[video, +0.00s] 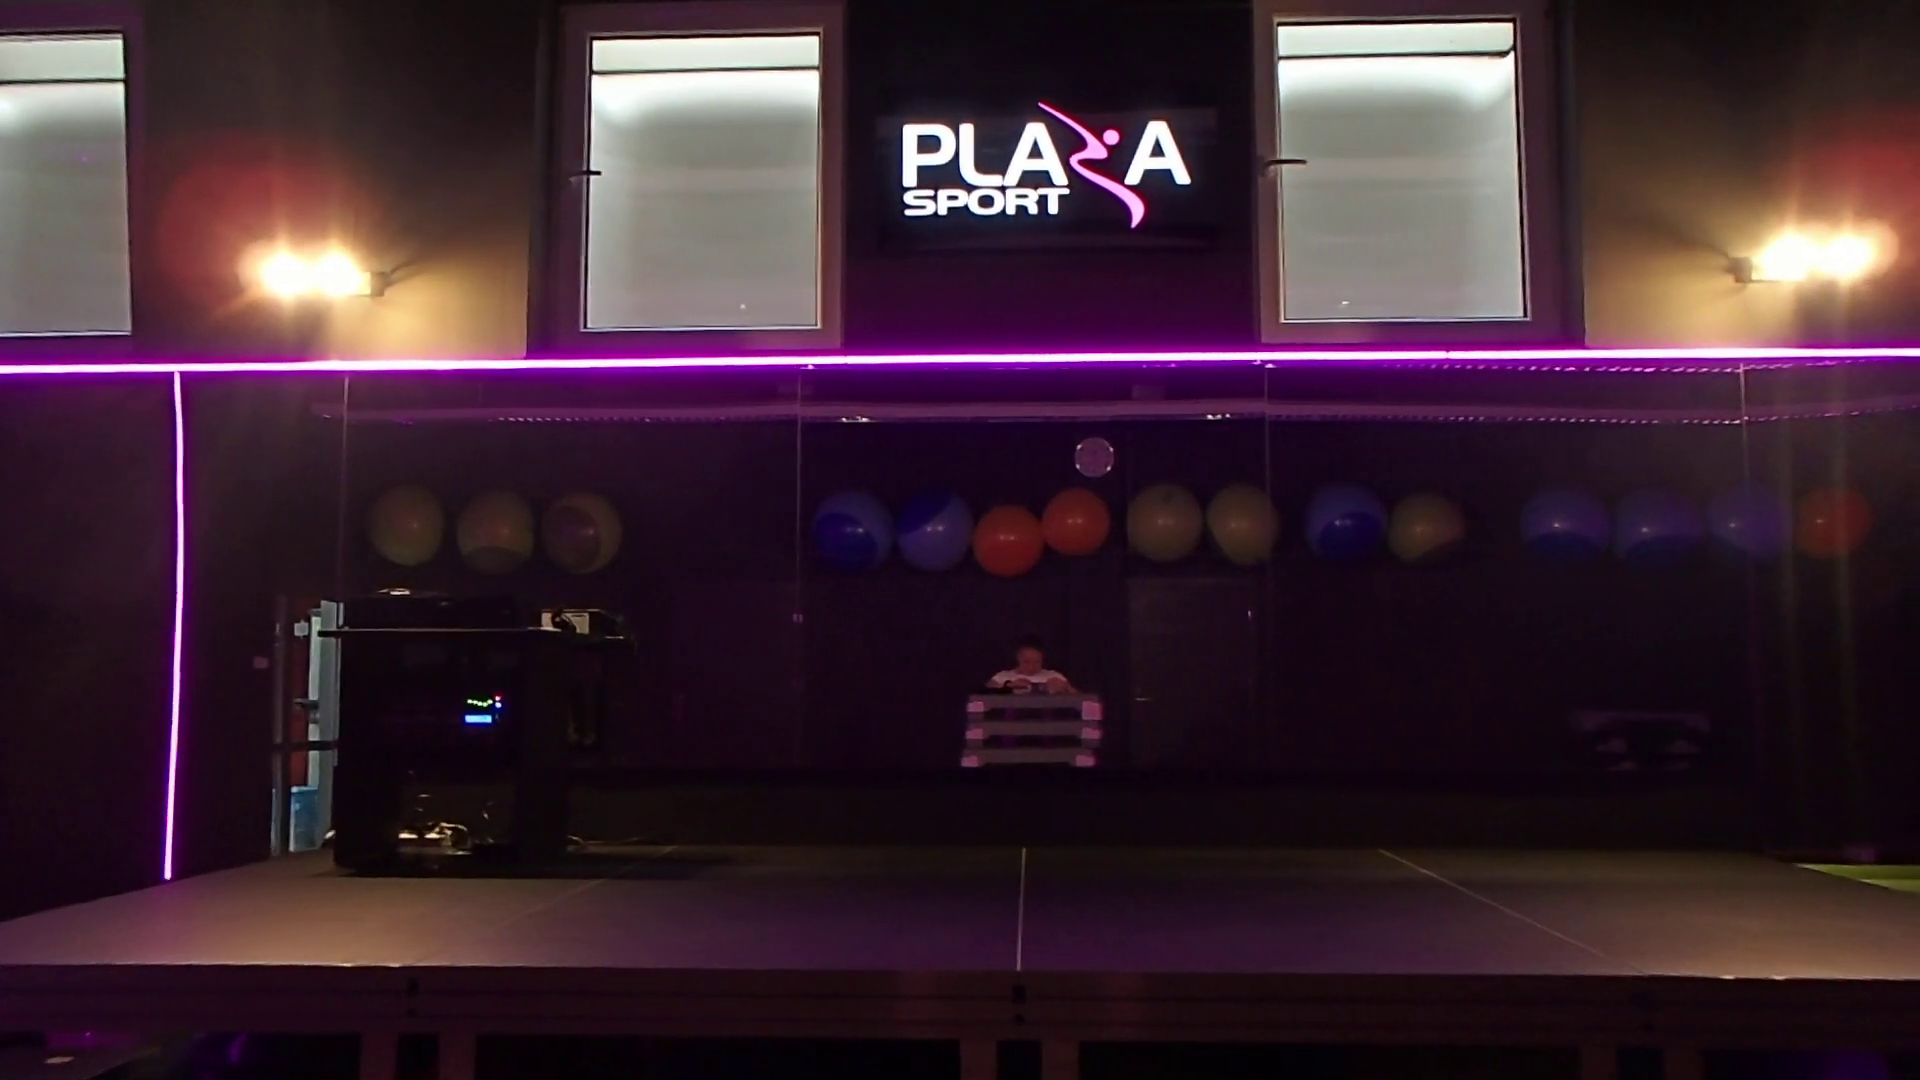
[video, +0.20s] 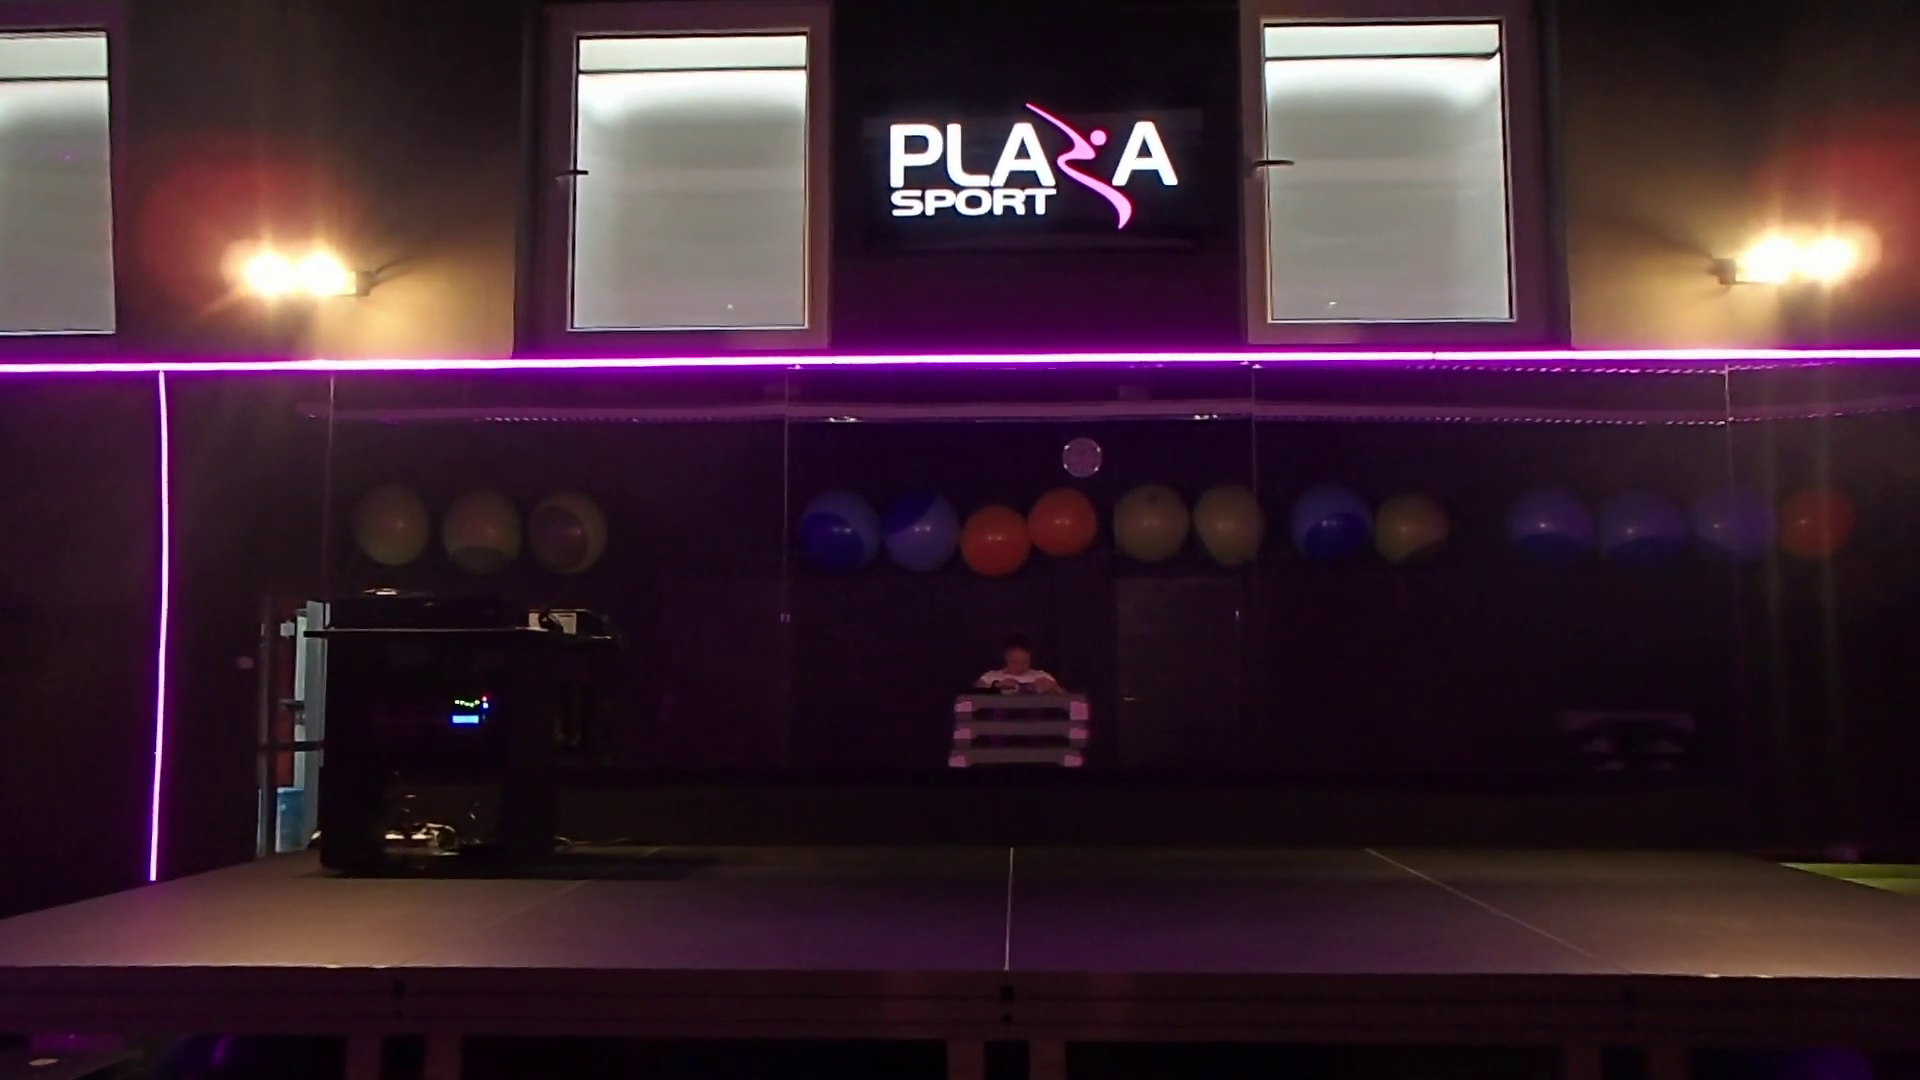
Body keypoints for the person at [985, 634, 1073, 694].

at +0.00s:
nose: (1031, 666)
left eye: (1035, 661)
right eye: (1026, 661)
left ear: (1041, 660)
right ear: (1019, 659)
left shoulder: (1052, 677)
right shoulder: (1004, 676)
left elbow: (1077, 697)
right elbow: (987, 691)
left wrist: (1064, 689)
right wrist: (1010, 686)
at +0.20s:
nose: (1019, 666)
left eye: (1023, 662)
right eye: (1014, 662)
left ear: (1029, 660)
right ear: (1007, 660)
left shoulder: (1041, 677)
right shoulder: (992, 677)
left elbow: (1064, 698)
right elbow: (975, 692)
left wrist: (1051, 689)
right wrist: (997, 686)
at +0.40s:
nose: (1003, 669)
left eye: (1007, 664)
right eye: (998, 664)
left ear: (1012, 664)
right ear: (990, 664)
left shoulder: (1024, 679)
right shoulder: (976, 679)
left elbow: (1049, 701)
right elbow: (958, 694)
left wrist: (1033, 690)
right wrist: (981, 688)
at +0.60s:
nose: (976, 673)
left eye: (980, 669)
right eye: (972, 669)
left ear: (986, 669)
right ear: (965, 669)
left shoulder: (998, 684)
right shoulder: (950, 684)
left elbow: (1022, 705)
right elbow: (934, 698)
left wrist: (1007, 695)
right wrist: (956, 694)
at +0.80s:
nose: (973, 673)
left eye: (977, 669)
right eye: (969, 668)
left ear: (984, 668)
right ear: (962, 668)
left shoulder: (996, 686)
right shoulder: (947, 685)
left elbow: (1020, 707)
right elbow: (930, 704)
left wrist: (1005, 697)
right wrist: (953, 695)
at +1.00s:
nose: (965, 672)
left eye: (969, 668)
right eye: (961, 668)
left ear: (975, 668)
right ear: (954, 667)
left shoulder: (988, 686)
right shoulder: (938, 685)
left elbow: (1011, 707)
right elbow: (922, 704)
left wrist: (997, 697)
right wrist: (944, 695)